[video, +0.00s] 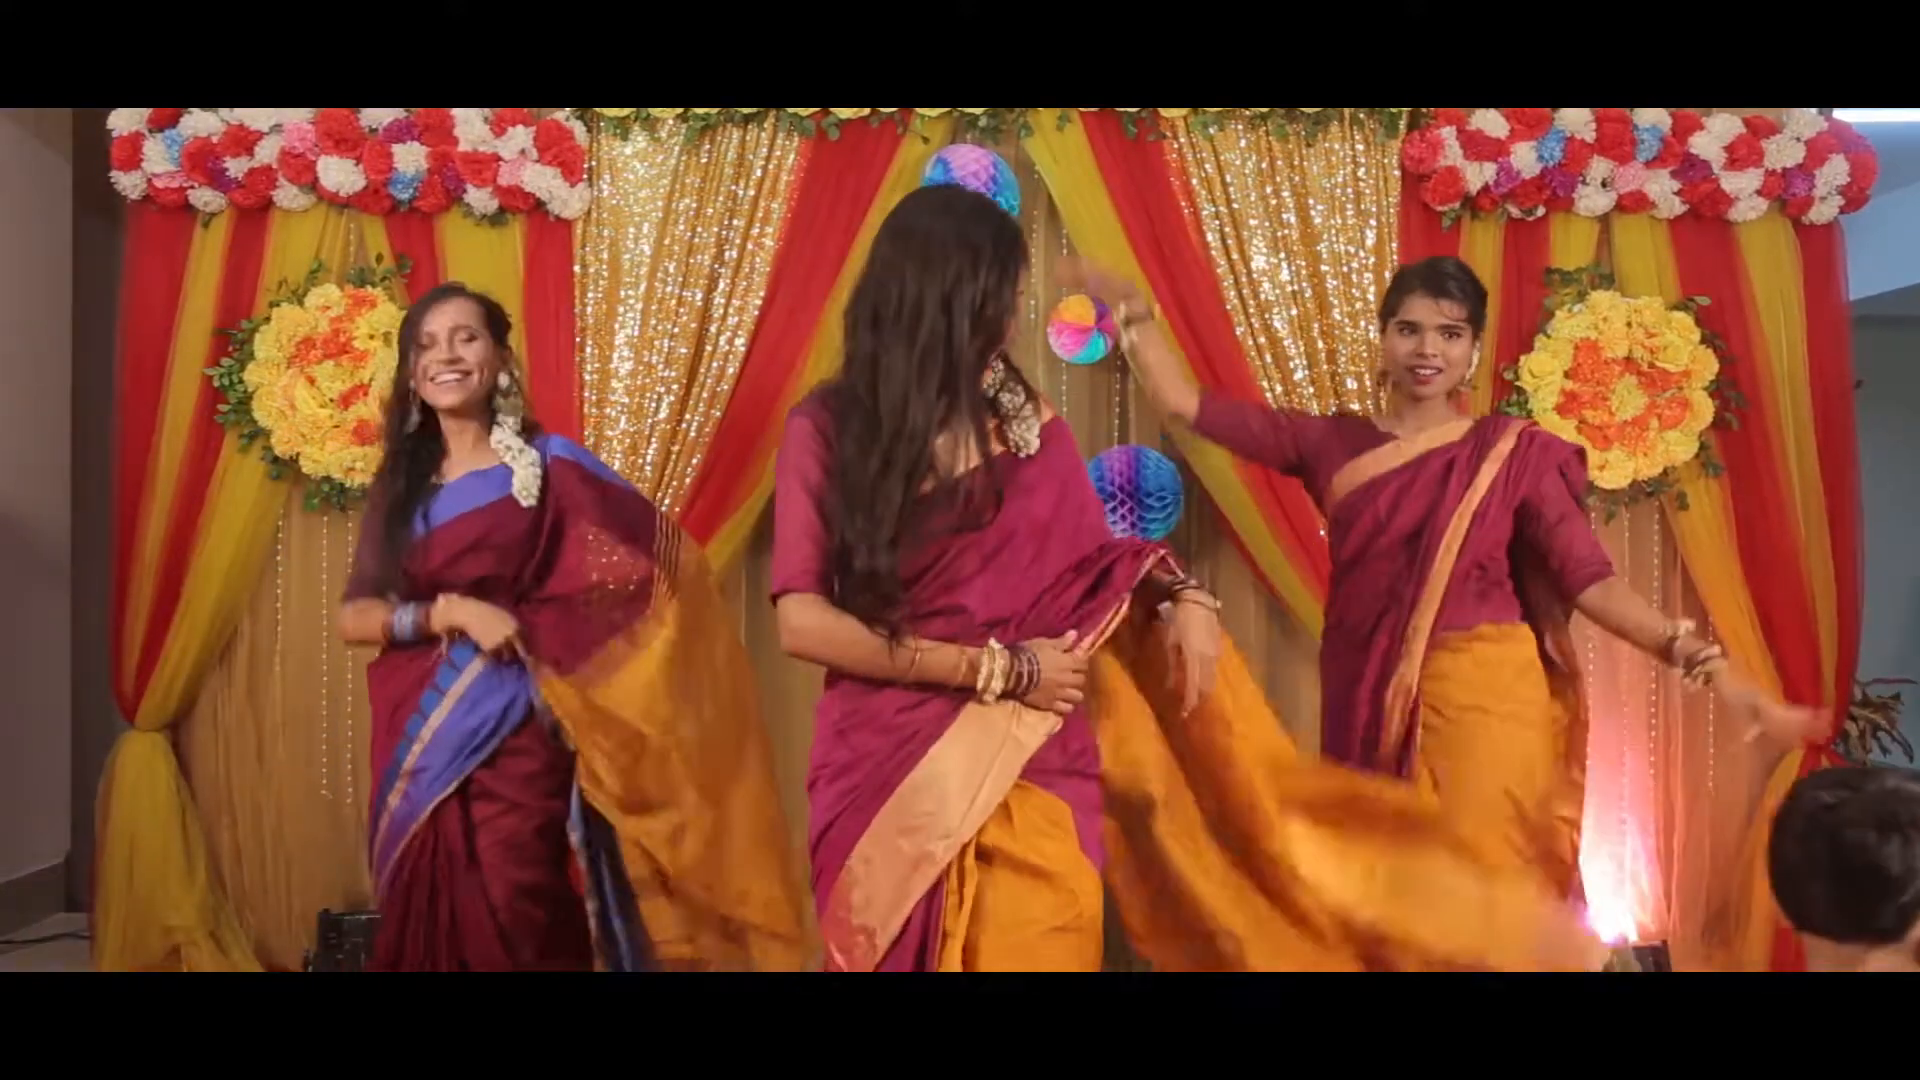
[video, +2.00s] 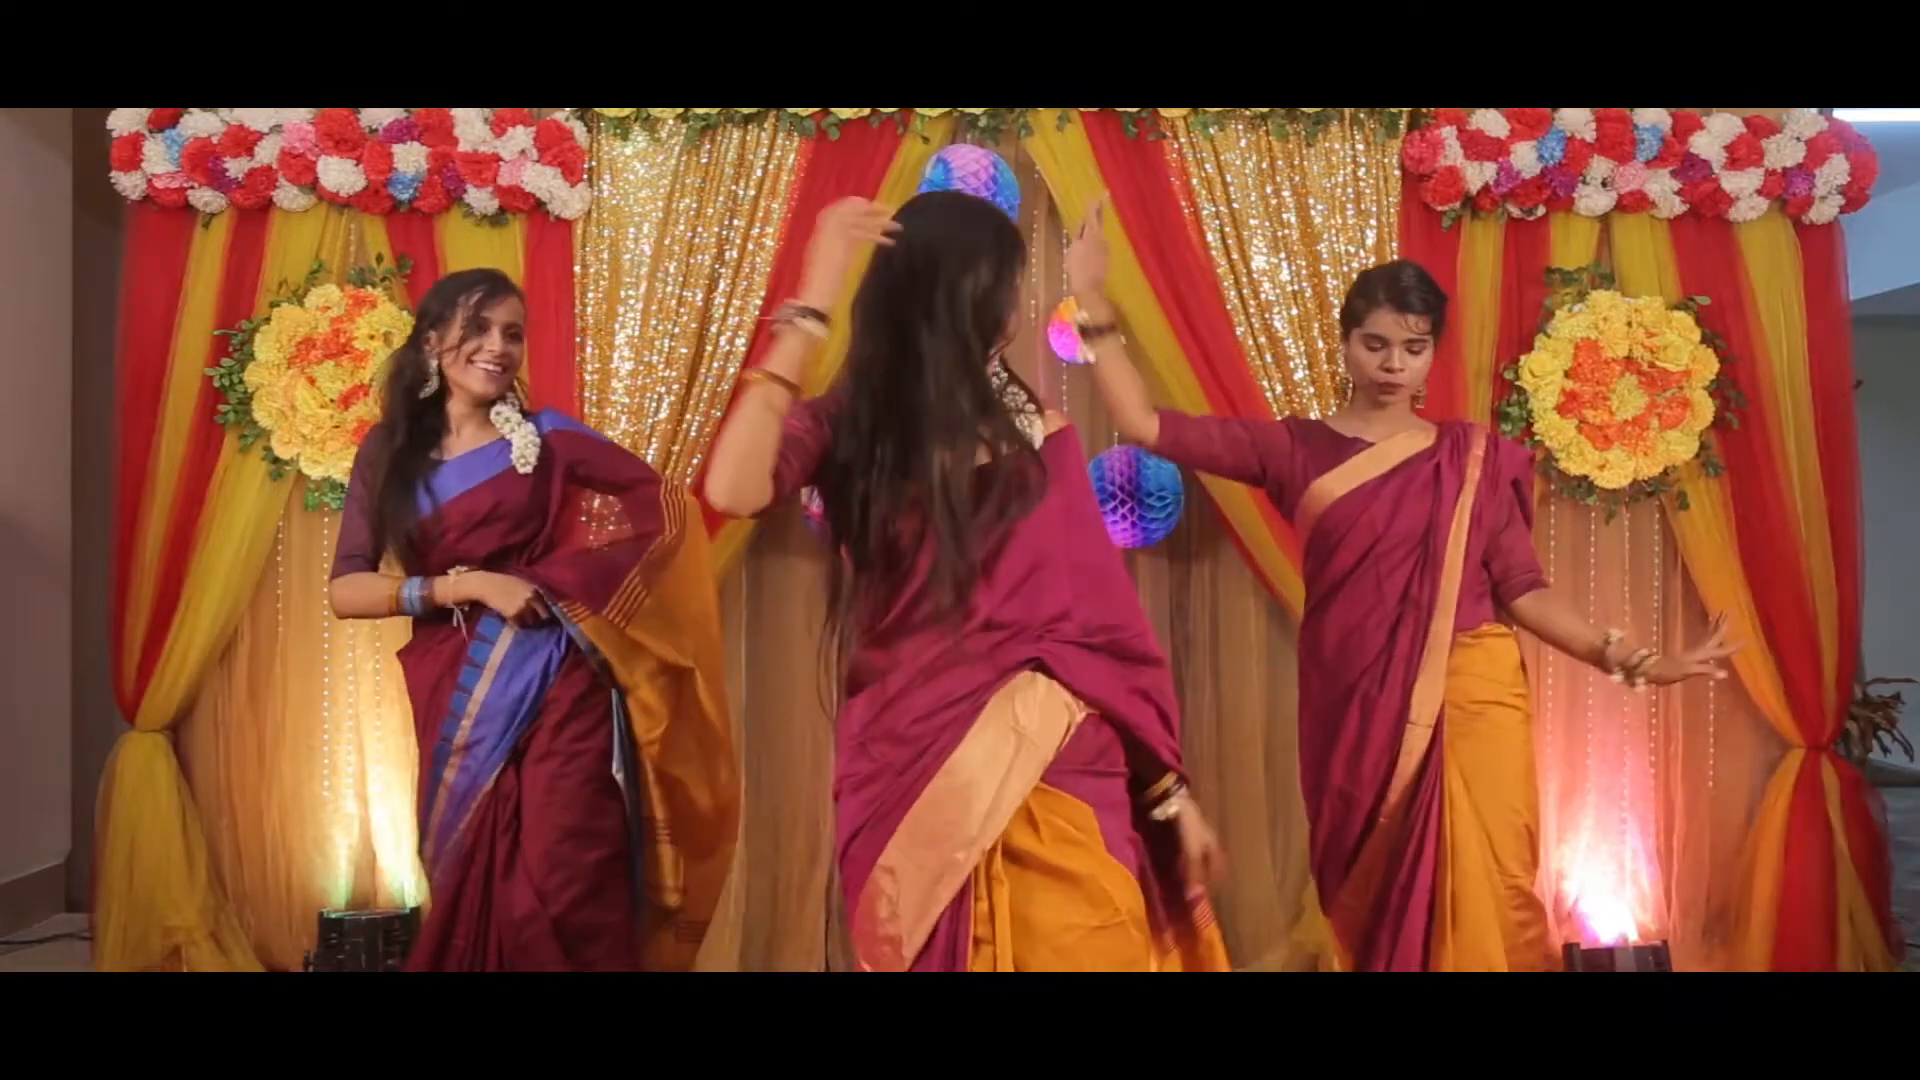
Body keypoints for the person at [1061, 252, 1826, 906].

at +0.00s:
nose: (1426, 348)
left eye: (1447, 333)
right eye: (1408, 330)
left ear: (1475, 351)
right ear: (1379, 343)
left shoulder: (1516, 450)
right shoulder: (1334, 442)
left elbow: (1586, 576)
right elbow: (1192, 409)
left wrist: (1665, 637)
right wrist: (1133, 313)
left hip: (1485, 688)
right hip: (1368, 702)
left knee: (1473, 888)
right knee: (1374, 896)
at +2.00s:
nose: (1391, 363)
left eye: (1411, 347)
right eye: (1374, 342)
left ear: (1433, 350)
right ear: (1344, 340)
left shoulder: (1475, 453)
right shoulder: (1298, 448)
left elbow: (1524, 593)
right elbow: (1141, 425)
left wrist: (1629, 659)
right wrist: (1094, 319)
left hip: (1479, 689)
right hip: (1359, 701)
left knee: (1487, 892)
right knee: (1371, 900)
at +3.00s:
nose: (1407, 388)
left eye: (1425, 370)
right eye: (1388, 367)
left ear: (1444, 365)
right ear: (1352, 358)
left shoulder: (1474, 457)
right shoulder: (1305, 461)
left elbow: (1550, 559)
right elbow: (1162, 495)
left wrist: (1557, 637)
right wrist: (1174, 369)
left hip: (1468, 706)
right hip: (1352, 716)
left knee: (1473, 907)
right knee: (1359, 915)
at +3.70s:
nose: (1411, 356)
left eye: (1430, 340)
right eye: (1392, 336)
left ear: (1451, 346)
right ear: (1360, 337)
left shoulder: (1493, 440)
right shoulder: (1321, 447)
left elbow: (1564, 542)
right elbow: (1243, 541)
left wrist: (1561, 630)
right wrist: (1280, 426)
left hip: (1480, 693)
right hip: (1363, 702)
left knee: (1488, 901)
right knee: (1366, 910)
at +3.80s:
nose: (1411, 352)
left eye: (1430, 335)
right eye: (1392, 332)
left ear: (1451, 343)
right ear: (1361, 336)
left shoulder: (1492, 440)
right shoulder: (1315, 444)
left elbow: (1564, 550)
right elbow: (1257, 580)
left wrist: (1569, 639)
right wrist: (1284, 520)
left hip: (1483, 691)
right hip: (1364, 700)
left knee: (1492, 904)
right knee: (1370, 907)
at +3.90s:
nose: (1412, 357)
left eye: (1431, 341)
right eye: (1394, 338)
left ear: (1451, 350)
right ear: (1360, 344)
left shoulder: (1497, 447)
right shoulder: (1312, 465)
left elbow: (1545, 580)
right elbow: (1289, 615)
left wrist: (1578, 678)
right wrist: (1331, 614)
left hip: (1480, 705)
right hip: (1365, 717)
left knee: (1488, 913)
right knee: (1370, 919)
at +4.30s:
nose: (1417, 342)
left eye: (1436, 327)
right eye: (1398, 323)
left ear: (1452, 342)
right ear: (1361, 333)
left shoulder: (1485, 449)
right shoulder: (1317, 445)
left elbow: (1515, 597)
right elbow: (1307, 575)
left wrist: (1589, 706)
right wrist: (1341, 518)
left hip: (1491, 694)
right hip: (1379, 702)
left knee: (1513, 900)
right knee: (1390, 904)